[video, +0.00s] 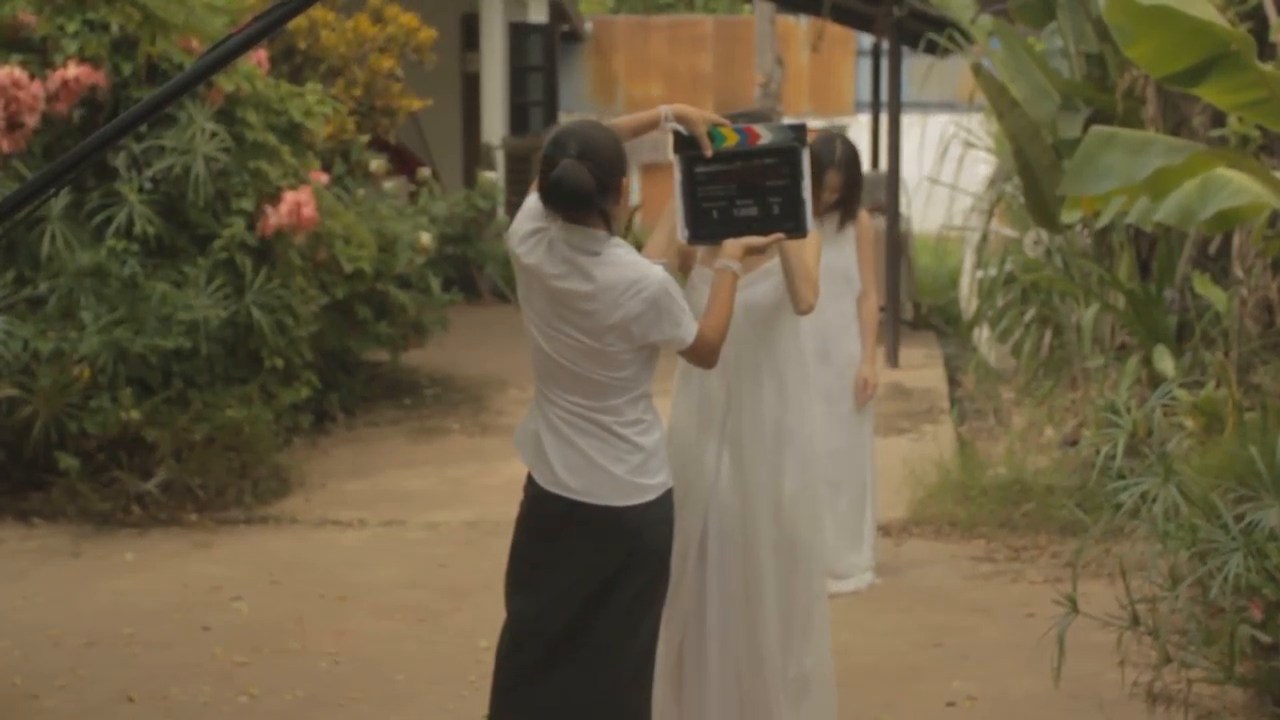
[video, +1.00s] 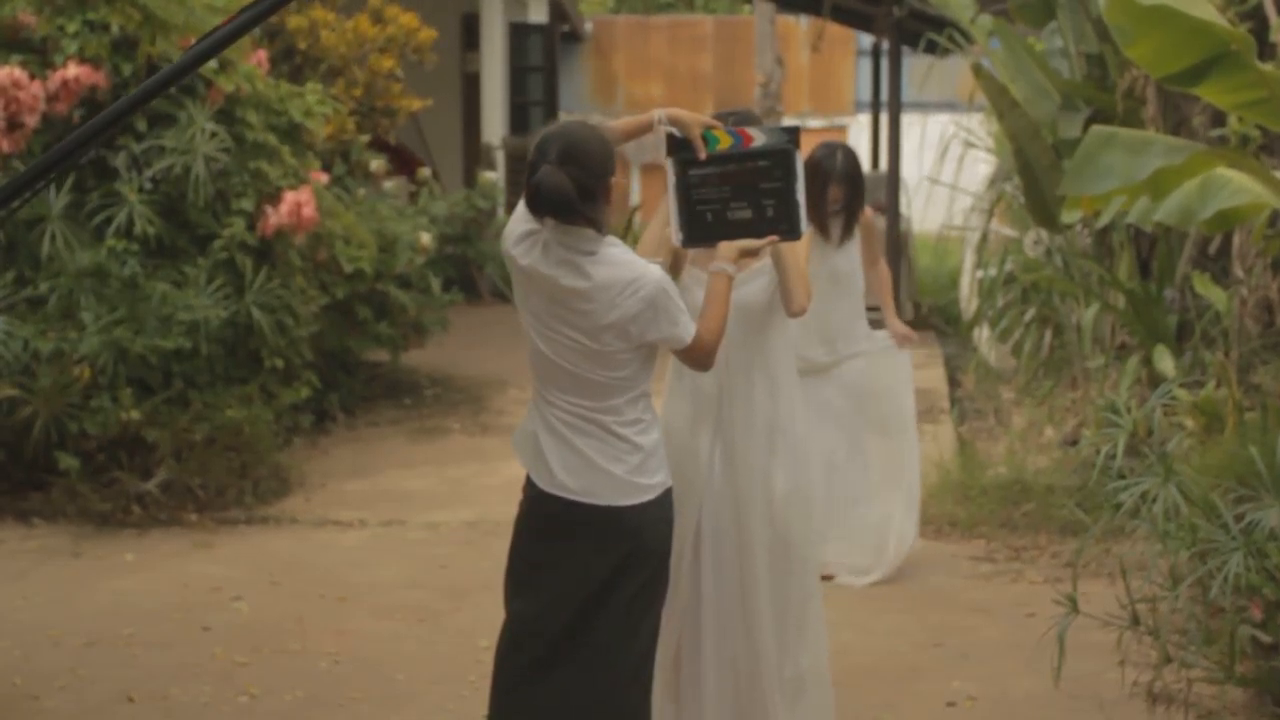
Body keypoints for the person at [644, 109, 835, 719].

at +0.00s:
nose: (752, 166)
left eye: (765, 154)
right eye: (741, 149)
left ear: (786, 162)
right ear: (722, 153)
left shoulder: (796, 220)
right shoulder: (702, 207)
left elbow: (805, 299)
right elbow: (655, 273)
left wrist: (783, 207)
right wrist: (689, 187)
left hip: (772, 420)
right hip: (703, 421)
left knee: (770, 573)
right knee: (702, 573)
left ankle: (772, 704)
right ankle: (700, 705)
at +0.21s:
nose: (746, 165)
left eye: (760, 152)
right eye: (735, 150)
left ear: (781, 160)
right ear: (716, 156)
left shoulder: (792, 222)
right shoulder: (703, 211)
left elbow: (801, 296)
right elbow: (662, 274)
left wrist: (777, 202)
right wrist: (679, 195)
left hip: (771, 420)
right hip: (702, 422)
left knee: (768, 572)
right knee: (702, 572)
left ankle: (771, 702)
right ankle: (701, 703)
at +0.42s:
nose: (745, 169)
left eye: (758, 156)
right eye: (732, 154)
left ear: (779, 164)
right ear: (710, 158)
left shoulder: (789, 220)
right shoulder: (694, 211)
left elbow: (798, 288)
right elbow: (651, 275)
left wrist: (776, 198)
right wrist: (679, 192)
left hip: (770, 418)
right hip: (699, 422)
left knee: (767, 572)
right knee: (700, 573)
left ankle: (772, 704)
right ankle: (700, 705)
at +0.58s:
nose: (741, 168)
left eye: (755, 156)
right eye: (729, 154)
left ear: (775, 163)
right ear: (707, 156)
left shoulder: (785, 219)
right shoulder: (691, 209)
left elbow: (796, 285)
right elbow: (648, 273)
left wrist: (774, 196)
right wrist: (680, 187)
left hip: (767, 420)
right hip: (697, 423)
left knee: (765, 573)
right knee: (697, 575)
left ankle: (771, 704)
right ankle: (697, 706)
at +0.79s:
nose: (736, 168)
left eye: (751, 155)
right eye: (723, 154)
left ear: (773, 165)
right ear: (704, 158)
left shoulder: (786, 229)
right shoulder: (690, 219)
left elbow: (800, 299)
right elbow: (647, 288)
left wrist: (775, 207)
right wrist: (666, 196)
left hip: (766, 431)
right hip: (695, 432)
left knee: (765, 586)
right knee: (695, 585)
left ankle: (770, 707)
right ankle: (694, 708)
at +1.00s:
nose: (734, 170)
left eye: (748, 157)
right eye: (721, 156)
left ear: (770, 166)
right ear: (701, 158)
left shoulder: (782, 228)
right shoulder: (684, 217)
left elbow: (797, 302)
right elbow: (643, 285)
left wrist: (774, 214)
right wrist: (675, 191)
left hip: (764, 426)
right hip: (693, 428)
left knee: (764, 578)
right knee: (695, 580)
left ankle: (770, 705)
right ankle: (694, 706)